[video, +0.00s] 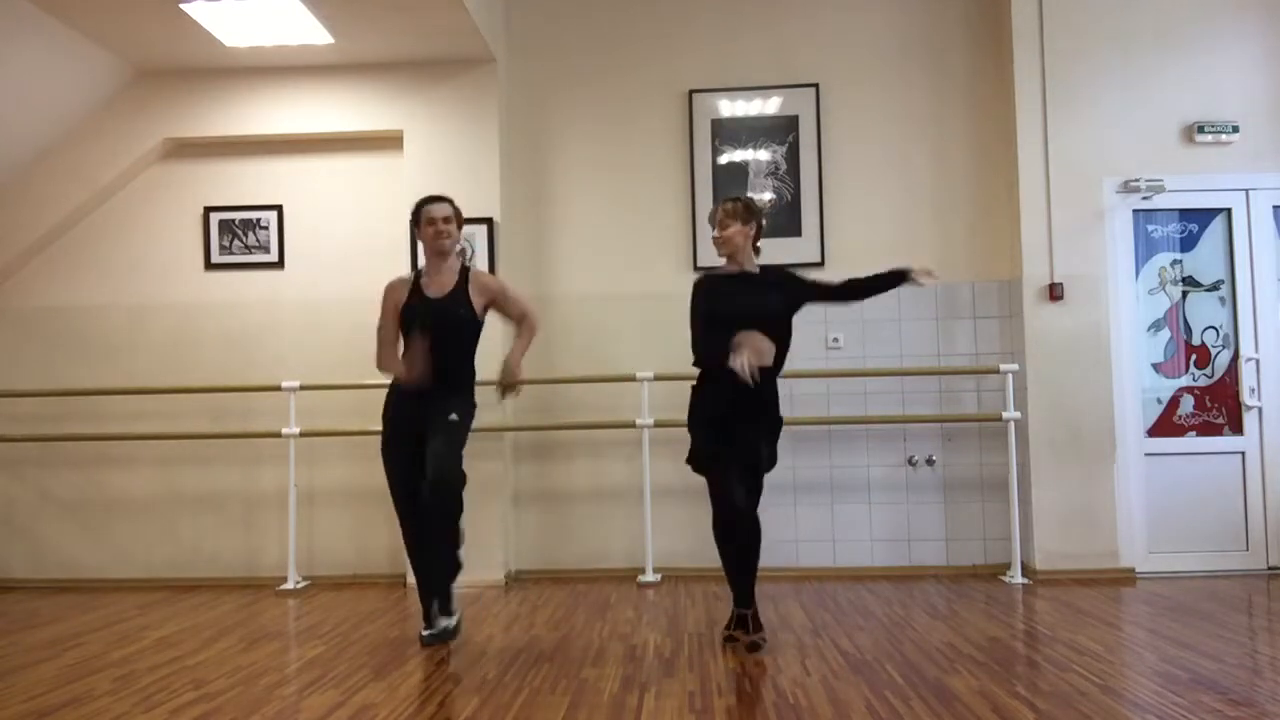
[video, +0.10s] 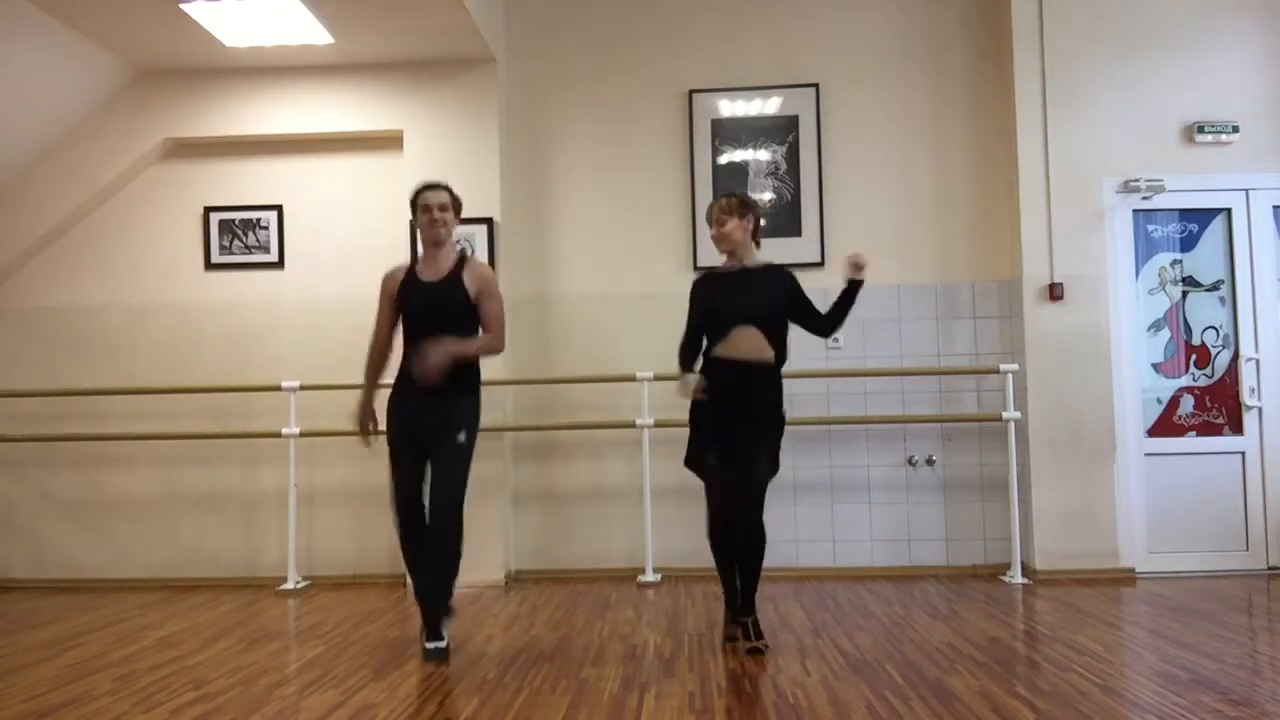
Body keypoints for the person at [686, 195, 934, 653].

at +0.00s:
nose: (718, 232)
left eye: (727, 225)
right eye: (716, 226)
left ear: (752, 230)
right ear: (716, 233)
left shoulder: (782, 283)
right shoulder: (707, 286)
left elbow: (844, 291)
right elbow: (701, 349)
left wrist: (902, 275)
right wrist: (734, 345)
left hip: (758, 410)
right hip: (712, 408)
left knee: (743, 508)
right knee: (727, 507)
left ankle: (744, 609)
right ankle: (744, 609)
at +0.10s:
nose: (718, 229)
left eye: (726, 221)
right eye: (714, 223)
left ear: (750, 224)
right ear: (711, 231)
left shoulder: (779, 278)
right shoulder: (707, 284)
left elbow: (824, 327)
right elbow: (691, 343)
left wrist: (853, 284)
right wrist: (687, 369)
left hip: (762, 396)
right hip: (717, 396)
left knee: (748, 507)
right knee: (721, 506)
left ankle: (748, 612)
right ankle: (732, 606)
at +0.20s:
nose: (714, 217)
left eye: (722, 209)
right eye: (711, 211)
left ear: (749, 213)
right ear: (713, 219)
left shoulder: (777, 264)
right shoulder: (705, 268)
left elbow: (804, 323)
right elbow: (683, 323)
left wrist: (817, 290)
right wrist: (666, 373)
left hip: (766, 380)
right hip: (718, 380)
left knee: (756, 496)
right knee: (716, 461)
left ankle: (751, 609)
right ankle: (726, 539)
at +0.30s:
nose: (717, 222)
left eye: (725, 214)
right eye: (713, 215)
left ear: (750, 216)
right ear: (711, 222)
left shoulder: (773, 270)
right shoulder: (705, 273)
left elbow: (787, 328)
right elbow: (682, 328)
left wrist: (774, 305)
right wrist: (662, 383)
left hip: (766, 379)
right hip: (721, 377)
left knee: (756, 499)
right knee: (727, 433)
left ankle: (752, 614)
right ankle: (728, 524)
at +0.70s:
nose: (732, 227)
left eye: (741, 218)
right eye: (729, 220)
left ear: (766, 222)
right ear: (727, 227)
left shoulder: (791, 275)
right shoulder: (724, 281)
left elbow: (783, 339)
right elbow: (686, 332)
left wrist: (741, 304)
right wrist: (642, 374)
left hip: (767, 398)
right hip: (718, 390)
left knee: (761, 514)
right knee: (688, 450)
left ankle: (742, 616)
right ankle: (672, 518)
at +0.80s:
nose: (732, 230)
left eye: (741, 221)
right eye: (728, 222)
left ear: (766, 224)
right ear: (726, 229)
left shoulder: (796, 280)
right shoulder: (723, 285)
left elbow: (816, 344)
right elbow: (689, 333)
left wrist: (782, 363)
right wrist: (645, 363)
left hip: (776, 415)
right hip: (724, 406)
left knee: (762, 516)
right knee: (681, 492)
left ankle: (739, 618)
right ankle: (624, 583)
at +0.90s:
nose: (734, 222)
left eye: (743, 214)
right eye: (730, 215)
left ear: (767, 220)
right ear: (727, 225)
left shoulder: (796, 276)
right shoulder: (720, 280)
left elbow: (833, 329)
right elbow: (691, 327)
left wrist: (813, 370)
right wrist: (663, 350)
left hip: (779, 396)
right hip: (728, 392)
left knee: (756, 512)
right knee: (691, 489)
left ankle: (737, 616)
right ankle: (680, 580)